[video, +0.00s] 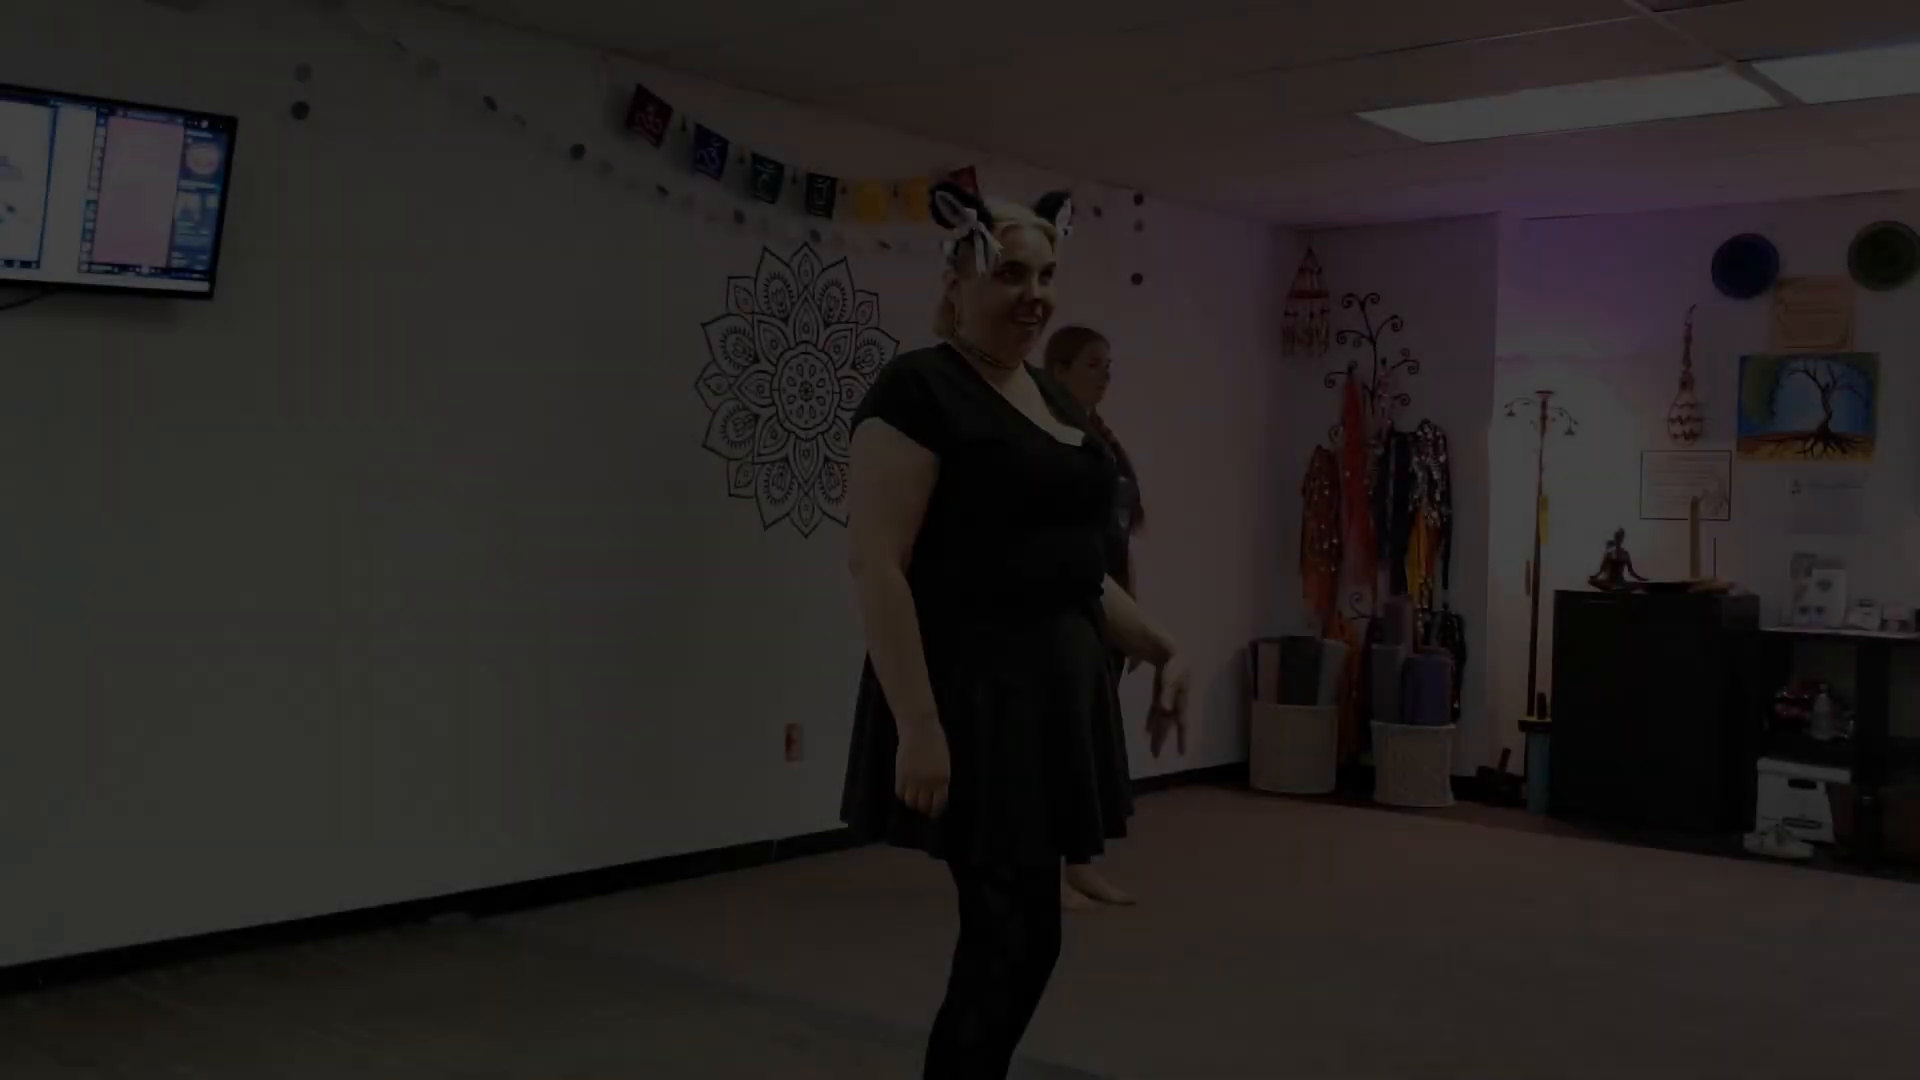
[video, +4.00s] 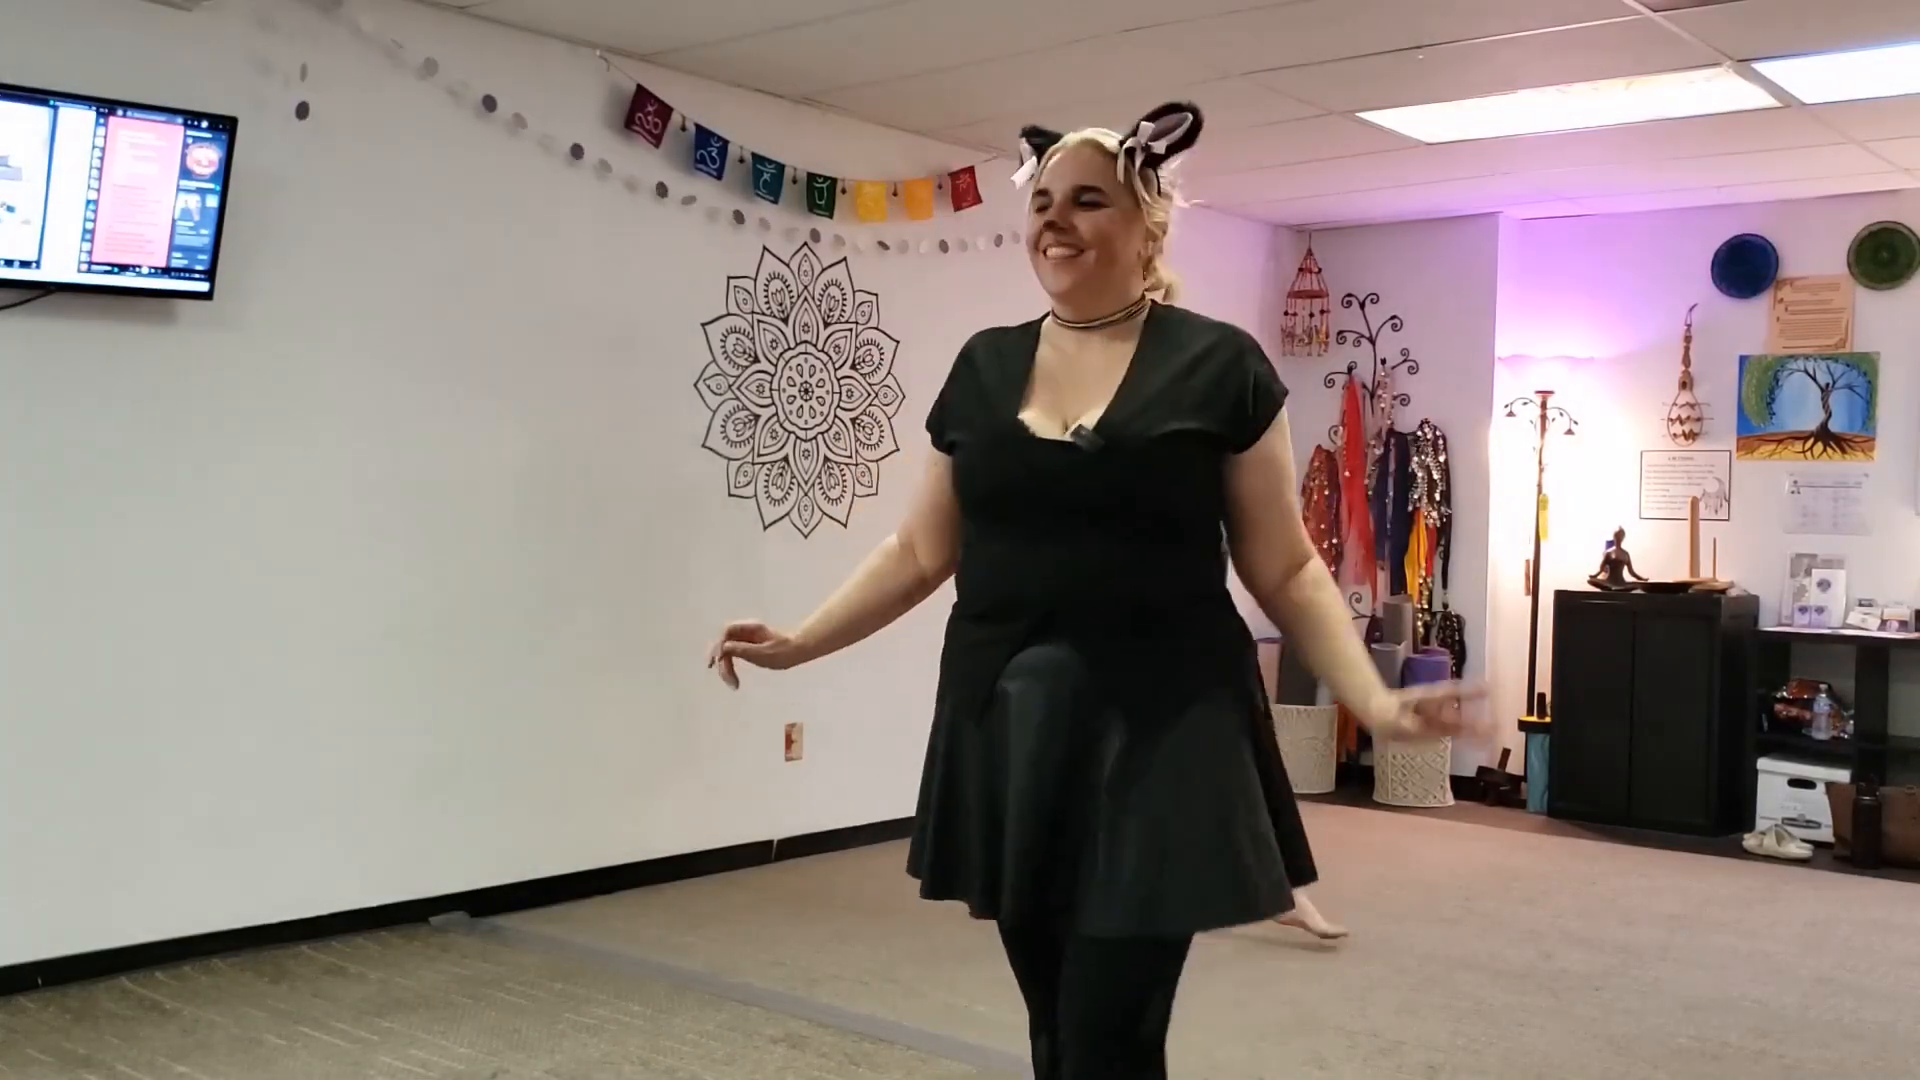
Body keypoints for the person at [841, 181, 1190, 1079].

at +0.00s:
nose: (1034, 292)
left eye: (1046, 276)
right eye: (1011, 274)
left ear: (1055, 289)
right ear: (957, 284)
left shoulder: (1052, 402)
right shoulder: (917, 390)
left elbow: (1071, 567)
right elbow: (874, 562)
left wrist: (1159, 644)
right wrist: (916, 726)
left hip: (1047, 699)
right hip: (963, 703)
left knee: (1013, 941)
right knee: (1011, 942)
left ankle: (968, 1072)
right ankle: (957, 1075)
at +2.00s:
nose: (1017, 280)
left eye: (1024, 264)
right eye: (990, 267)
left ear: (1035, 282)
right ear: (938, 295)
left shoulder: (1051, 380)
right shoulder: (910, 378)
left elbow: (1102, 528)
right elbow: (896, 552)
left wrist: (1124, 663)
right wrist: (939, 713)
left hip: (1058, 679)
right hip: (967, 688)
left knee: (1021, 935)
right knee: (1017, 940)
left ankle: (970, 1068)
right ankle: (956, 1071)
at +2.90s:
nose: (1048, 282)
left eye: (1059, 265)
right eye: (1025, 264)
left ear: (1068, 271)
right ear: (967, 272)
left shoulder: (1075, 383)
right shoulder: (921, 375)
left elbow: (1116, 549)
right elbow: (846, 541)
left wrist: (1222, 635)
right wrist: (830, 698)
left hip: (1051, 666)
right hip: (942, 664)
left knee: (990, 918)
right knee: (1074, 898)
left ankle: (965, 1076)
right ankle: (1033, 1070)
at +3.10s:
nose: (1061, 276)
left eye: (1074, 258)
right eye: (1035, 259)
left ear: (1088, 275)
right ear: (989, 276)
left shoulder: (1109, 401)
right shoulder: (945, 376)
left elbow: (1157, 555)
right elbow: (854, 534)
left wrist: (1310, 548)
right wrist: (778, 678)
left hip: (1071, 678)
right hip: (960, 680)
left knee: (999, 932)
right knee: (1061, 940)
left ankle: (972, 1074)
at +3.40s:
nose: (1079, 266)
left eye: (1096, 247)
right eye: (1054, 253)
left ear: (1127, 268)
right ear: (1023, 284)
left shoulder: (1181, 398)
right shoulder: (982, 389)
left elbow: (1258, 547)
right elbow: (879, 552)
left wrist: (1384, 456)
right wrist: (772, 681)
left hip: (1136, 715)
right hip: (998, 709)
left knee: (1101, 966)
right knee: (1070, 977)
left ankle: (1016, 1065)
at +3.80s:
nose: (1081, 243)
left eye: (1108, 227)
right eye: (1061, 225)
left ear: (1150, 253)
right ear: (1037, 249)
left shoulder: (1214, 364)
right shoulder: (983, 377)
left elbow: (1299, 534)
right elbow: (894, 550)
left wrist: (1424, 547)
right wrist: (766, 637)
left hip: (1180, 718)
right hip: (1024, 721)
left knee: (1168, 996)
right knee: (1073, 1008)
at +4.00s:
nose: (1054, 222)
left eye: (1086, 201)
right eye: (1042, 206)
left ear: (1148, 224)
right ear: (1029, 234)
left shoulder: (1219, 369)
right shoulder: (989, 367)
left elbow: (1286, 569)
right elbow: (918, 551)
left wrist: (1374, 699)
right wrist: (803, 641)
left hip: (1164, 749)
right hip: (1010, 748)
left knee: (1103, 1047)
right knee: (1061, 1041)